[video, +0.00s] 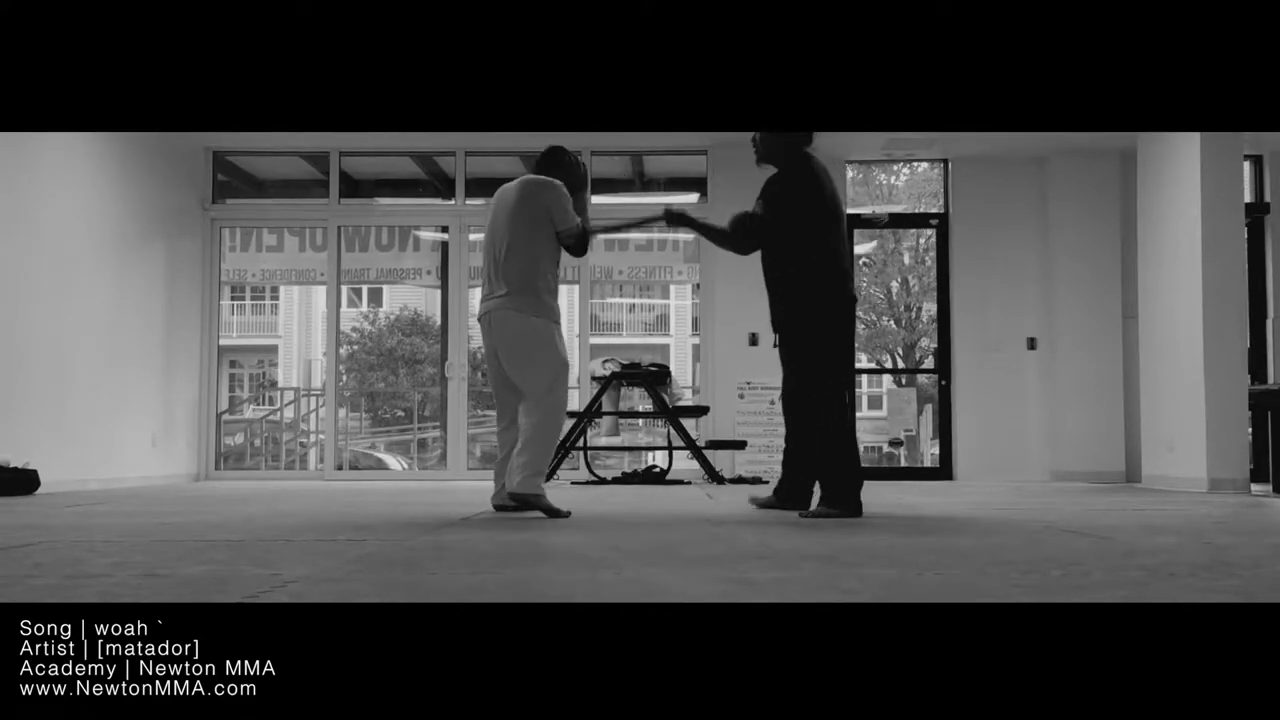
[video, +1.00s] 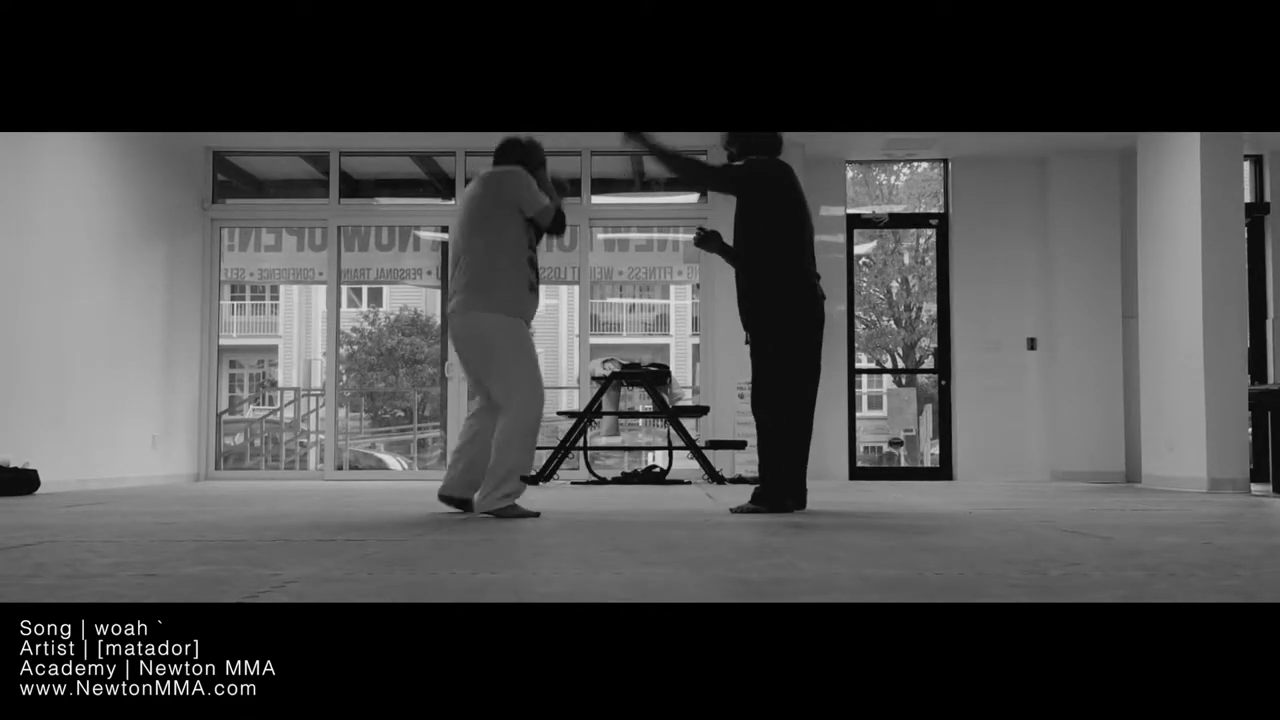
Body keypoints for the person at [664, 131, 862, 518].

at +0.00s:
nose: (753, 141)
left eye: (760, 134)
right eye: (756, 134)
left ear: (780, 138)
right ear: (790, 139)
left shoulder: (788, 182)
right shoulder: (809, 176)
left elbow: (743, 241)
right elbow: (796, 236)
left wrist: (691, 222)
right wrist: (757, 222)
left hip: (815, 314)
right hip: (808, 313)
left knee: (827, 402)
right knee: (800, 402)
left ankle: (843, 500)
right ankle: (793, 493)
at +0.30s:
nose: (737, 151)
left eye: (744, 143)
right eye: (738, 144)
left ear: (765, 145)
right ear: (773, 147)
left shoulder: (774, 180)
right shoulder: (780, 182)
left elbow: (705, 197)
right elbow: (758, 258)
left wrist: (653, 183)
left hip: (798, 312)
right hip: (795, 311)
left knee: (792, 402)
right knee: (787, 403)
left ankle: (808, 488)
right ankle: (786, 490)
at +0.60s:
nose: (734, 153)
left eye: (739, 146)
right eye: (736, 147)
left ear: (757, 145)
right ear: (774, 143)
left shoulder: (777, 173)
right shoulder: (769, 187)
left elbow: (730, 161)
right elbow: (751, 266)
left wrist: (681, 144)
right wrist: (715, 247)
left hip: (784, 312)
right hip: (779, 313)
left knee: (771, 402)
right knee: (778, 402)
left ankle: (772, 495)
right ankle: (784, 492)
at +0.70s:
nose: (735, 160)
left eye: (737, 150)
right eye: (733, 154)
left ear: (752, 146)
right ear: (773, 144)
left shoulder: (773, 174)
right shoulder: (771, 182)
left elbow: (725, 145)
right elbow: (753, 266)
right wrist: (713, 249)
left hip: (783, 312)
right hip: (781, 311)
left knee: (772, 402)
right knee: (779, 403)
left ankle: (774, 495)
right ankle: (784, 493)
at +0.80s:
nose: (730, 162)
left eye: (732, 152)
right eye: (729, 155)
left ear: (745, 146)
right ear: (766, 143)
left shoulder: (769, 174)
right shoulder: (768, 181)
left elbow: (731, 157)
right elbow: (752, 267)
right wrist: (713, 249)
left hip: (786, 311)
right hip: (782, 310)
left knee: (776, 401)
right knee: (780, 401)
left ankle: (777, 495)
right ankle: (784, 493)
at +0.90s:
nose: (727, 156)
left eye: (730, 148)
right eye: (727, 149)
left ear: (745, 146)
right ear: (766, 146)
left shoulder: (768, 173)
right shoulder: (771, 183)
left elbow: (716, 162)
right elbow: (753, 266)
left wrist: (694, 131)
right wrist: (715, 248)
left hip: (787, 311)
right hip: (787, 310)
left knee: (776, 401)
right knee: (784, 401)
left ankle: (777, 495)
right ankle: (786, 494)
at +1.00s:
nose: (726, 145)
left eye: (731, 138)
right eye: (727, 140)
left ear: (746, 140)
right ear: (766, 141)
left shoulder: (764, 173)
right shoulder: (769, 181)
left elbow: (702, 174)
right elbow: (758, 266)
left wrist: (646, 143)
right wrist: (721, 247)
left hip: (784, 311)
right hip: (786, 309)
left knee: (776, 401)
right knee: (781, 400)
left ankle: (778, 495)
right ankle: (784, 494)